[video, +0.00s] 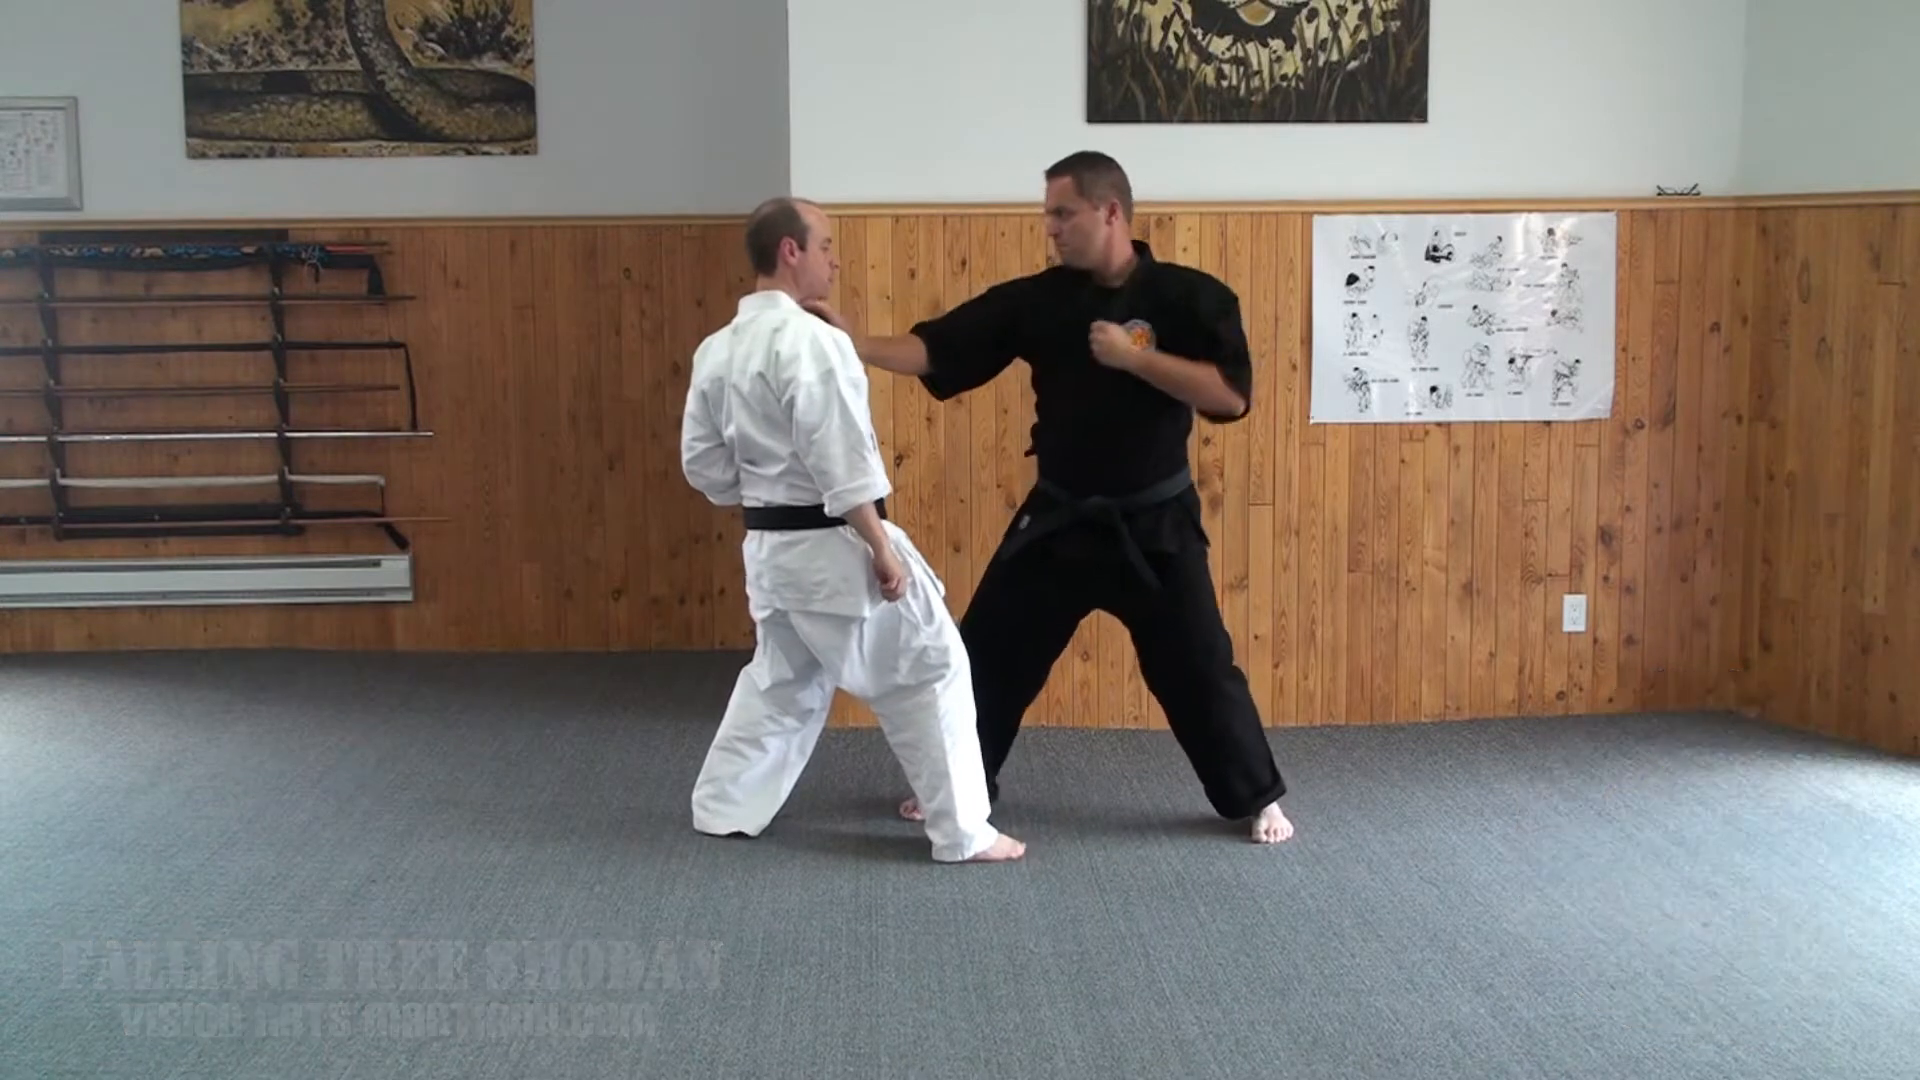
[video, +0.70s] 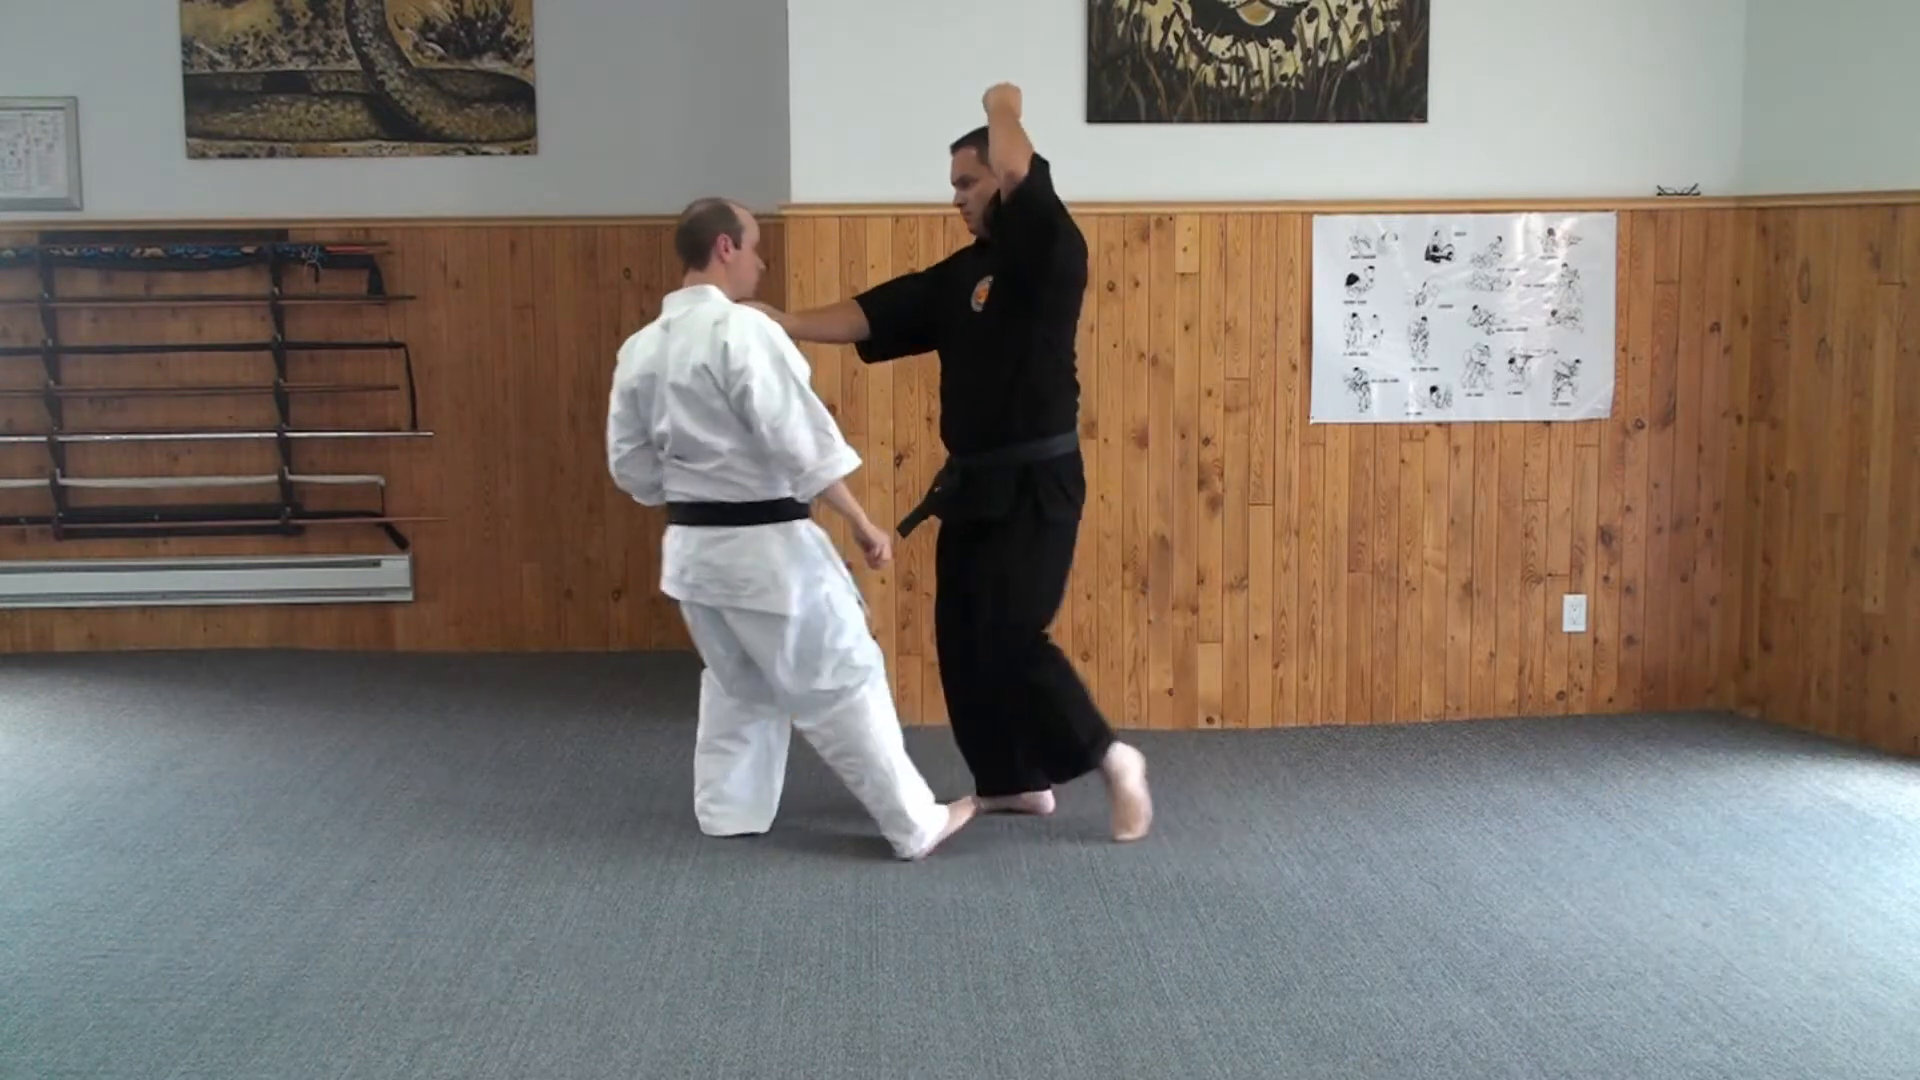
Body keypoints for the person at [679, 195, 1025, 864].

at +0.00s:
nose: (835, 262)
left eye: (833, 248)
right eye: (826, 248)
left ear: (775, 256)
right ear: (790, 253)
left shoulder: (714, 351)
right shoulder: (813, 343)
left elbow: (703, 463)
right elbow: (841, 458)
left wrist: (761, 505)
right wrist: (882, 547)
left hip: (768, 549)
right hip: (837, 546)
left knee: (782, 677)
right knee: (932, 664)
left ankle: (721, 807)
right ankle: (963, 831)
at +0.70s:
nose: (760, 263)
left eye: (758, 250)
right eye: (754, 250)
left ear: (699, 254)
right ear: (725, 250)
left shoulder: (640, 349)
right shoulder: (746, 332)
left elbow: (630, 466)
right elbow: (798, 440)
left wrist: (693, 496)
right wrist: (860, 518)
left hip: (691, 551)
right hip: (769, 549)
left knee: (735, 682)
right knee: (843, 679)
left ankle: (726, 812)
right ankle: (914, 823)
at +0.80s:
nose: (743, 259)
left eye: (741, 244)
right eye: (736, 244)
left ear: (684, 246)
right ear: (705, 244)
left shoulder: (622, 336)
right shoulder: (718, 328)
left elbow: (601, 461)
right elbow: (768, 444)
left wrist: (664, 492)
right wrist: (827, 526)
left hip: (663, 550)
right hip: (734, 549)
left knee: (721, 675)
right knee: (829, 651)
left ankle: (724, 807)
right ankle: (815, 810)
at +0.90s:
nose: (722, 251)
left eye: (721, 236)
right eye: (717, 235)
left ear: (658, 239)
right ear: (685, 236)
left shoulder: (602, 326)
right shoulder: (704, 323)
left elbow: (574, 438)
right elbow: (737, 442)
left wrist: (600, 501)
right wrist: (788, 524)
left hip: (639, 536)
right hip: (714, 536)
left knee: (688, 671)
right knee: (770, 666)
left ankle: (720, 805)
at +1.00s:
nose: (714, 248)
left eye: (712, 232)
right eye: (707, 232)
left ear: (653, 235)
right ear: (674, 233)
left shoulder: (588, 320)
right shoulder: (688, 321)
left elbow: (547, 423)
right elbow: (710, 446)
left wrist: (533, 506)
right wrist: (755, 531)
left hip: (612, 535)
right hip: (679, 538)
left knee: (692, 674)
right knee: (681, 683)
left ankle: (715, 807)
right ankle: (601, 820)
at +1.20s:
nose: (694, 243)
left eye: (694, 227)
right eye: (689, 227)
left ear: (626, 231)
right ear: (655, 229)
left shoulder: (565, 303)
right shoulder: (658, 317)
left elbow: (513, 403)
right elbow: (652, 446)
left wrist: (485, 487)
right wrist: (683, 543)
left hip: (563, 525)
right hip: (626, 531)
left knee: (632, 670)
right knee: (643, 685)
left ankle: (662, 804)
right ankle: (600, 839)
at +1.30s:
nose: (680, 241)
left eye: (678, 227)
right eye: (674, 227)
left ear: (617, 232)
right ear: (641, 230)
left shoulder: (556, 304)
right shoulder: (645, 318)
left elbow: (506, 407)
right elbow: (629, 439)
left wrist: (488, 489)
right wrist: (645, 546)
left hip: (553, 525)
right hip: (615, 533)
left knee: (584, 668)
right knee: (646, 684)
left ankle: (554, 791)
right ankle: (601, 839)